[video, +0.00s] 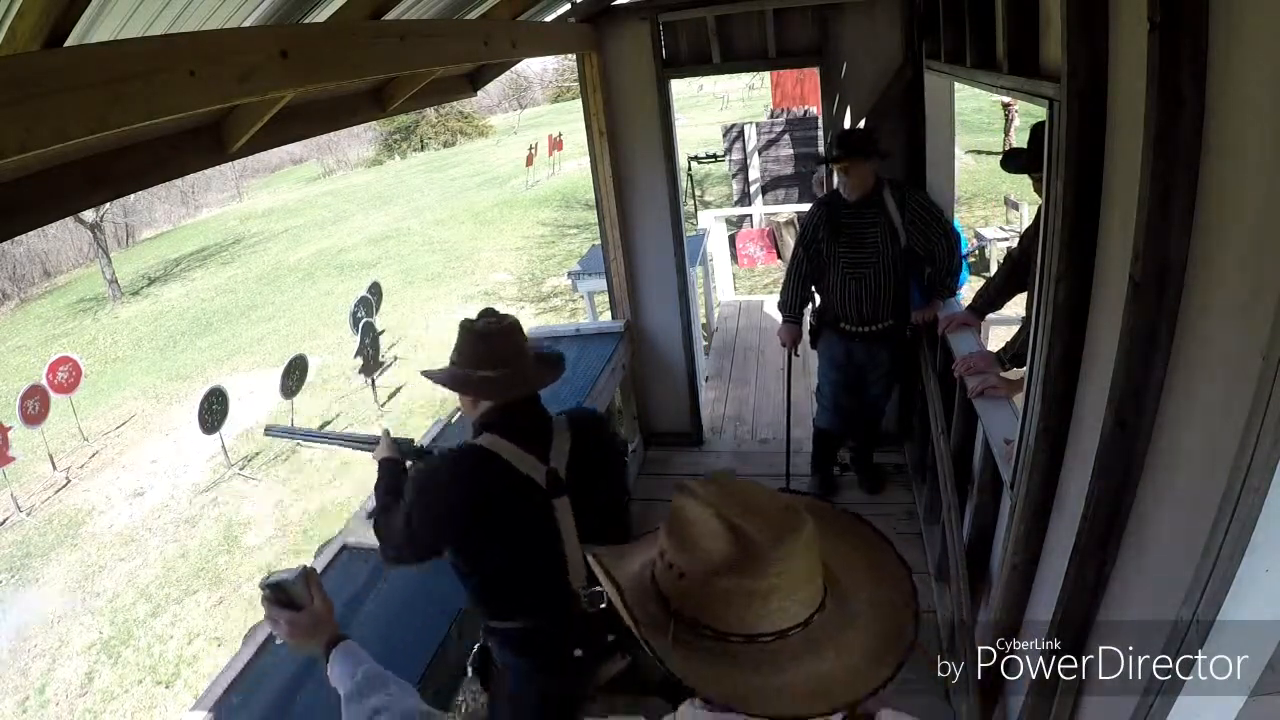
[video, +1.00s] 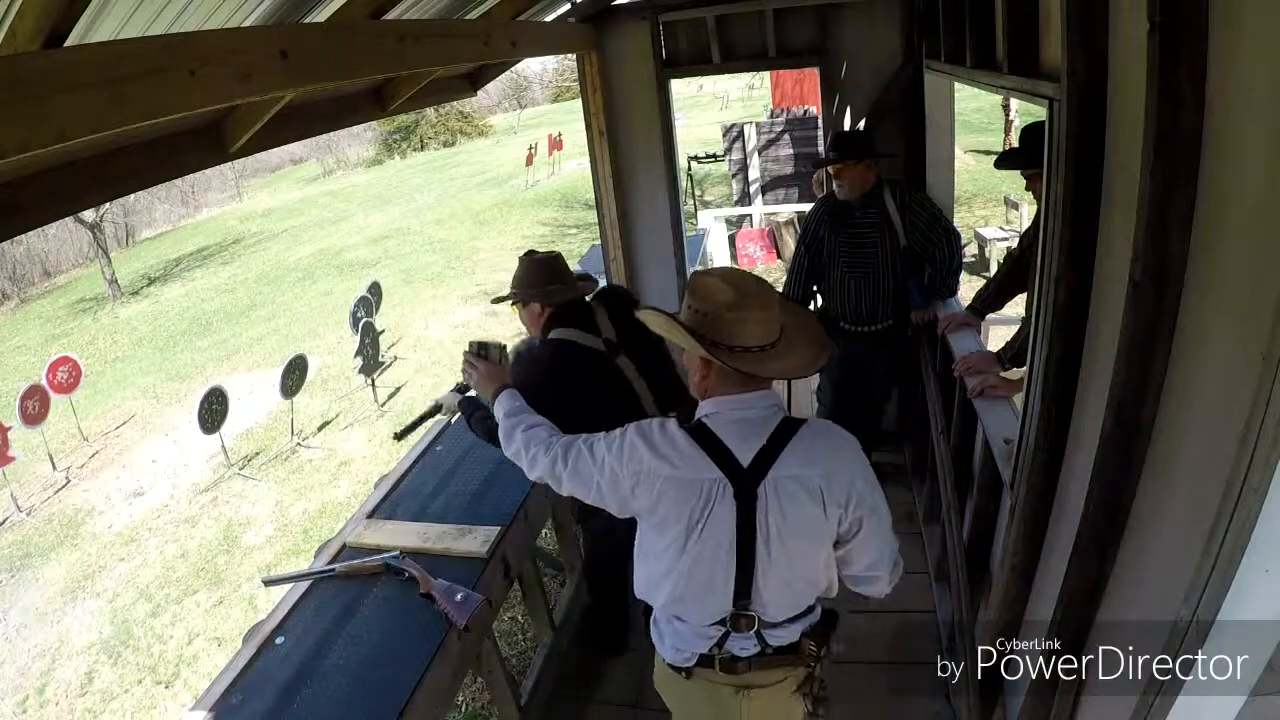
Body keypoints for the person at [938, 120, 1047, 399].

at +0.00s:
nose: (1034, 184)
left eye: (1039, 175)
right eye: (1032, 175)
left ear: (1059, 173)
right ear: (1033, 171)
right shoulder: (1050, 213)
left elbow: (1054, 306)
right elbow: (1020, 261)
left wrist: (1004, 358)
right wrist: (976, 310)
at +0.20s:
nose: (1033, 186)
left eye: (1037, 177)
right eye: (1030, 177)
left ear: (1057, 174)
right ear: (1032, 173)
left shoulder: (1070, 225)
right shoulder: (1050, 214)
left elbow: (1055, 306)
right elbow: (1020, 261)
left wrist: (1004, 358)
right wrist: (976, 310)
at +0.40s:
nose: (1031, 187)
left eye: (1036, 178)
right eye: (1029, 178)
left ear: (1056, 174)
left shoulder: (1068, 222)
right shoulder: (1051, 213)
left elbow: (1053, 306)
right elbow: (1021, 261)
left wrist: (1004, 358)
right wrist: (976, 310)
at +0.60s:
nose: (1030, 188)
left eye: (1034, 179)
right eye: (1028, 180)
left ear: (1055, 175)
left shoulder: (1069, 225)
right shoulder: (1051, 214)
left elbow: (1053, 307)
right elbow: (1020, 262)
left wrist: (1004, 357)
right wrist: (976, 310)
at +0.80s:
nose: (1030, 188)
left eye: (1034, 179)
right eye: (1027, 179)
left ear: (1056, 175)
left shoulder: (1069, 226)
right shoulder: (1049, 215)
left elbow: (1053, 306)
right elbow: (1019, 263)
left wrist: (1004, 357)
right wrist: (976, 310)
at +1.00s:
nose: (1027, 185)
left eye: (1031, 176)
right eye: (1026, 177)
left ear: (1051, 174)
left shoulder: (1067, 223)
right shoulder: (1049, 214)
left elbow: (1052, 306)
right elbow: (1019, 263)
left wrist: (1003, 358)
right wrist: (975, 311)